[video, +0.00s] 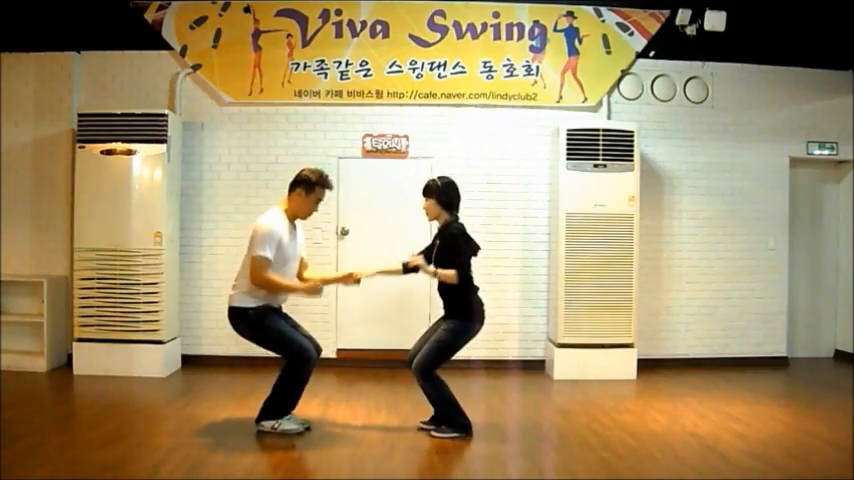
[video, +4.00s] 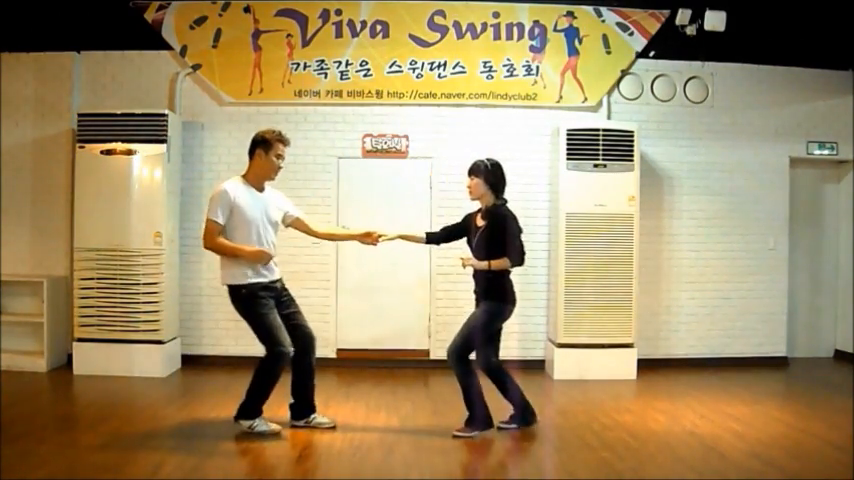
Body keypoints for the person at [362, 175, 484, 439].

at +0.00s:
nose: (424, 206)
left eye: (427, 200)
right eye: (424, 200)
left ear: (442, 202)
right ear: (441, 203)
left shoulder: (454, 233)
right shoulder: (443, 232)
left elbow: (459, 277)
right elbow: (415, 265)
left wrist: (428, 269)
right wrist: (371, 272)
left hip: (466, 318)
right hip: (453, 314)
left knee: (422, 367)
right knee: (414, 360)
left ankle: (458, 425)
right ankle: (442, 415)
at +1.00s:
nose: (437, 174)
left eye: (442, 169)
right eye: (439, 169)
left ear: (456, 173)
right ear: (455, 173)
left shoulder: (469, 205)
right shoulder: (452, 206)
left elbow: (470, 249)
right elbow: (418, 231)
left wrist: (447, 229)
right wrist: (376, 223)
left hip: (463, 291)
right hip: (452, 289)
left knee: (454, 357)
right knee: (448, 353)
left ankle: (463, 429)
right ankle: (447, 408)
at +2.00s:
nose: (335, 173)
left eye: (339, 169)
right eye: (337, 168)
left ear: (351, 173)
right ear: (356, 174)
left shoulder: (353, 204)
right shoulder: (356, 202)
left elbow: (339, 247)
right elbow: (334, 241)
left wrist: (307, 240)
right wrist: (307, 238)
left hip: (345, 291)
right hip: (350, 289)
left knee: (309, 345)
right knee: (339, 352)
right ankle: (355, 421)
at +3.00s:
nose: (317, 180)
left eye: (321, 175)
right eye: (319, 175)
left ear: (332, 181)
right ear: (340, 181)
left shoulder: (337, 214)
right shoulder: (340, 210)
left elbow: (337, 260)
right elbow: (338, 252)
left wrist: (300, 255)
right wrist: (305, 250)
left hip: (332, 298)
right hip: (339, 296)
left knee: (296, 350)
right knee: (339, 359)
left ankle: (280, 421)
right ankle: (392, 399)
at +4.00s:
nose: (468, 183)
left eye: (473, 178)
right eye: (469, 178)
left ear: (488, 182)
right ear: (479, 183)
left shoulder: (505, 217)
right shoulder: (473, 219)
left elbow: (516, 259)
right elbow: (437, 237)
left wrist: (480, 264)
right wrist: (397, 235)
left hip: (499, 301)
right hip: (485, 301)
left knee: (457, 353)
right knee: (488, 362)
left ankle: (479, 419)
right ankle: (524, 412)